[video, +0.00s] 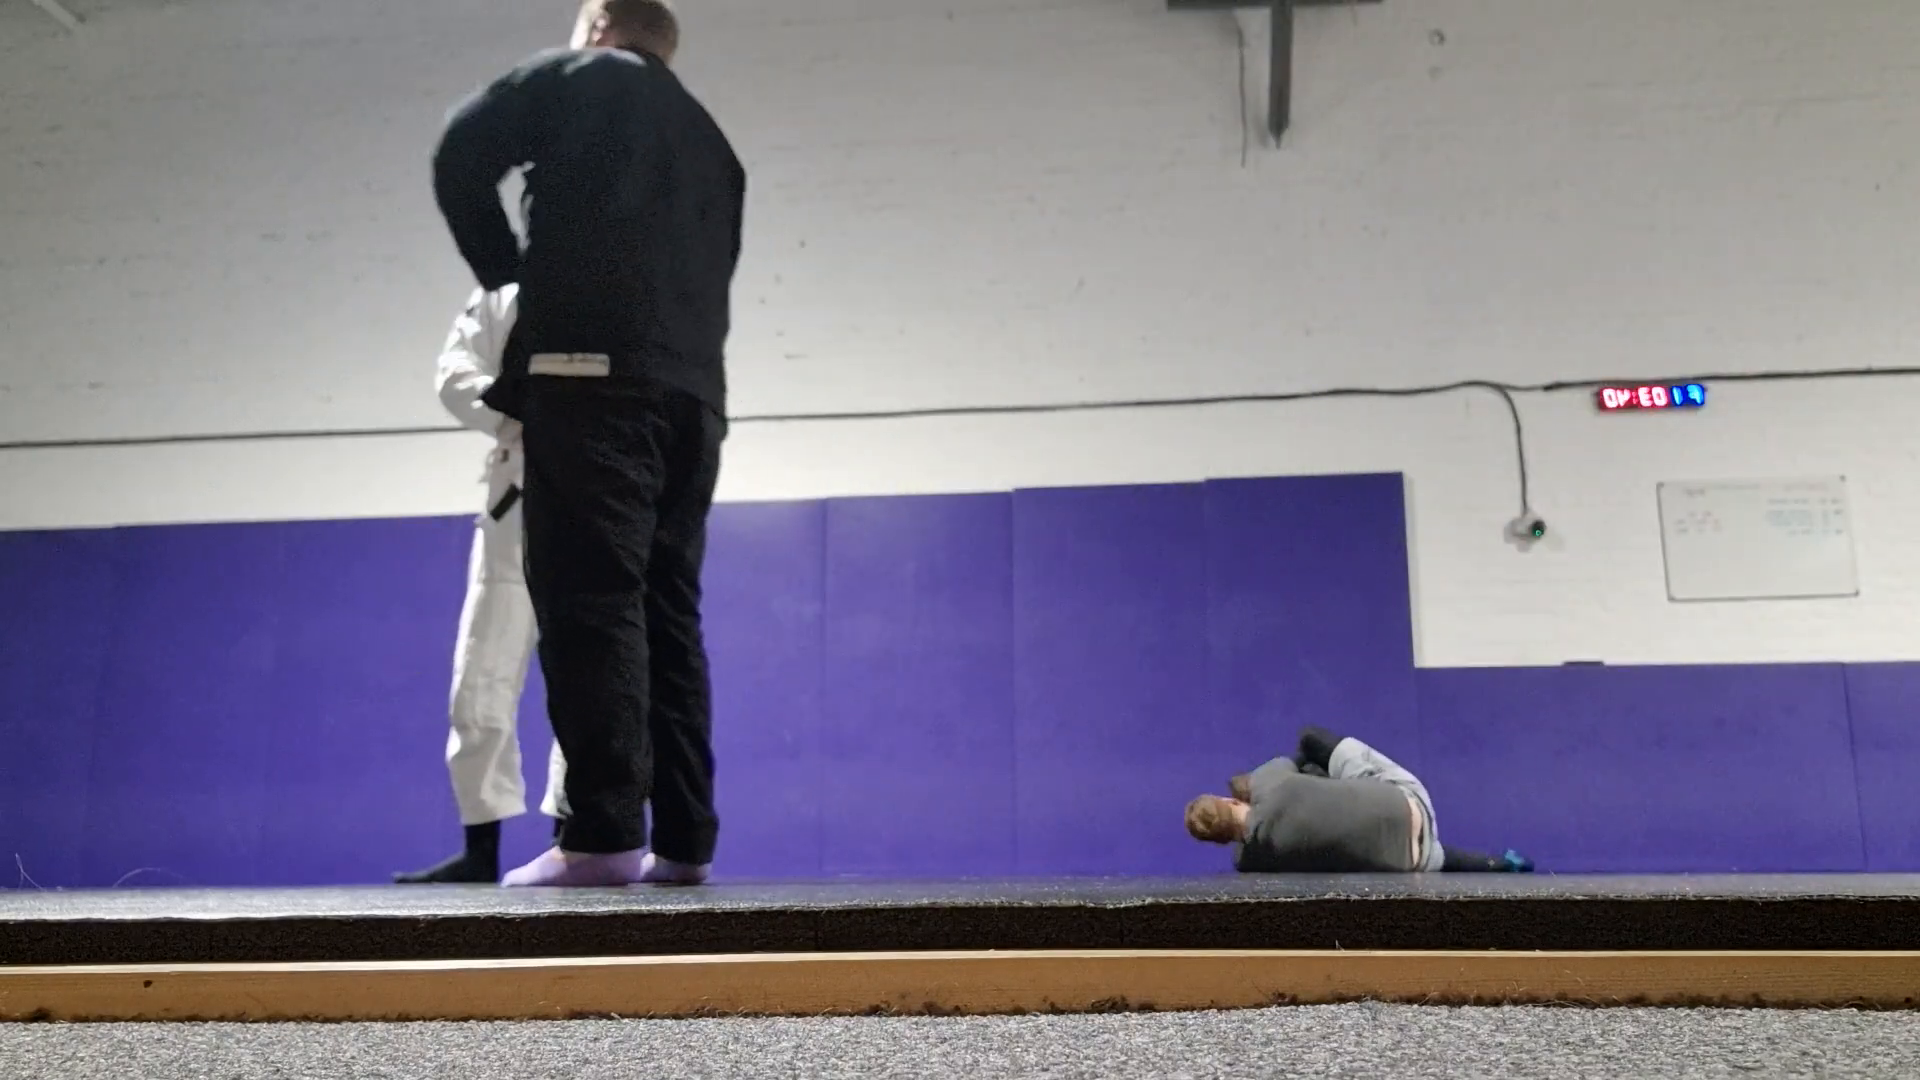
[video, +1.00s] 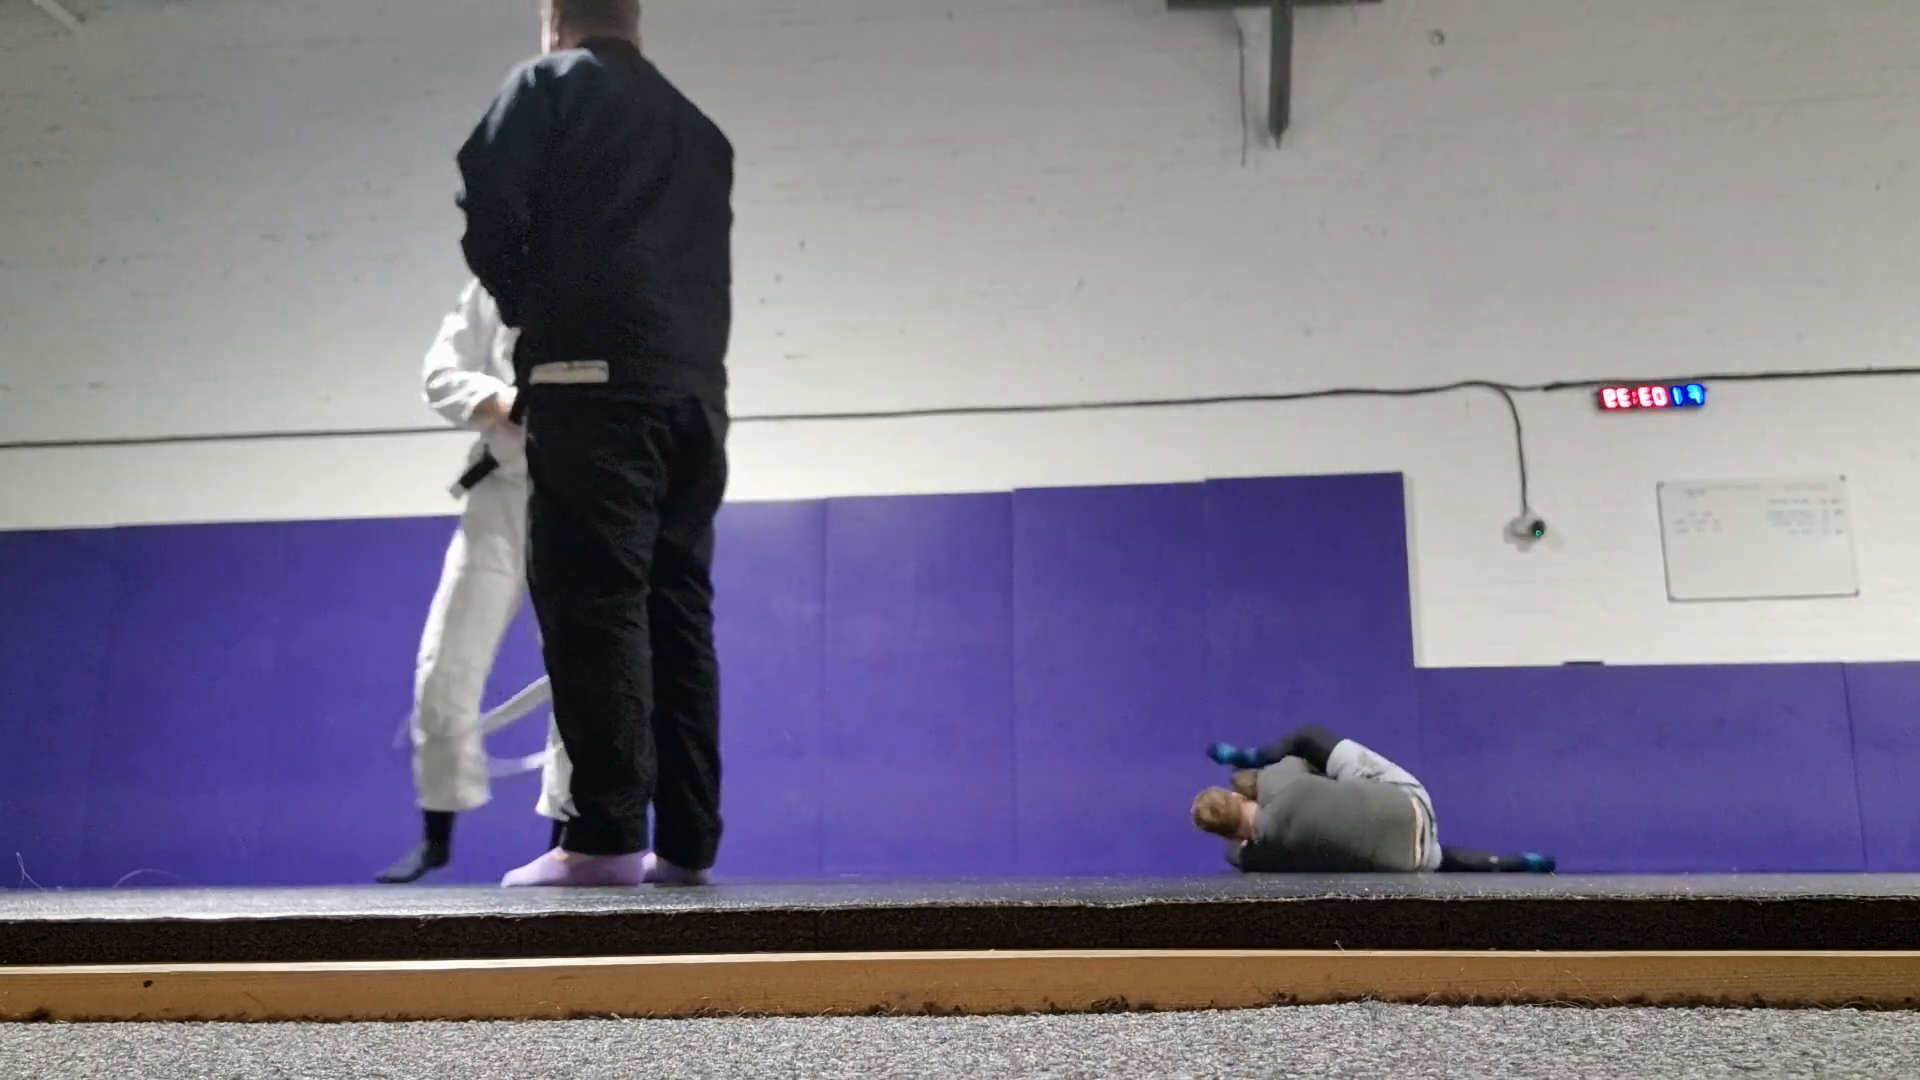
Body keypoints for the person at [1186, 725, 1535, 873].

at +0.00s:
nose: (1227, 796)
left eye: (1216, 828)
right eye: (1223, 797)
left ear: (1220, 840)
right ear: (1230, 796)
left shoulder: (1254, 862)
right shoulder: (1268, 779)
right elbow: (1294, 763)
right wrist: (1250, 786)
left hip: (1415, 860)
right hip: (1414, 805)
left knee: (1436, 857)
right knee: (1315, 739)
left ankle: (1503, 865)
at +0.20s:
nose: (1225, 796)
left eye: (1216, 826)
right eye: (1223, 796)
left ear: (1218, 839)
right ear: (1227, 796)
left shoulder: (1253, 861)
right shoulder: (1266, 780)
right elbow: (1307, 765)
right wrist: (1252, 785)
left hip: (1410, 861)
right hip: (1411, 806)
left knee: (1431, 854)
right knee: (1315, 733)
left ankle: (1496, 865)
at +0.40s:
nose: (1227, 788)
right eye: (1224, 791)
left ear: (1217, 839)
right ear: (1231, 793)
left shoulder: (1252, 863)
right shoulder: (1273, 782)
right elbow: (1307, 764)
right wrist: (1257, 782)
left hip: (1412, 861)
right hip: (1408, 807)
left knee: (1438, 853)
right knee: (1332, 740)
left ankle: (1498, 865)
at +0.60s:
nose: (1230, 789)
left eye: (1217, 824)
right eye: (1225, 791)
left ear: (1221, 839)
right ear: (1234, 793)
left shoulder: (1254, 861)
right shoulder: (1275, 781)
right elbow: (1303, 769)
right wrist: (1256, 782)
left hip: (1414, 859)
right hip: (1411, 806)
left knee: (1449, 856)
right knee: (1344, 738)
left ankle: (1510, 865)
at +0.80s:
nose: (1232, 799)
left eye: (1220, 822)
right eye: (1230, 796)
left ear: (1226, 836)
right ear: (1239, 791)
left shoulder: (1259, 857)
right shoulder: (1279, 776)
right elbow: (1312, 771)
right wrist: (1274, 777)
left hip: (1421, 861)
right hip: (1423, 807)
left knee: (1447, 855)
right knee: (1323, 737)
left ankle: (1523, 865)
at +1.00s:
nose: (1226, 795)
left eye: (1215, 813)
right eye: (1225, 792)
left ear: (1224, 835)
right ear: (1236, 790)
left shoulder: (1257, 857)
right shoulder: (1276, 779)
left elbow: (1247, 853)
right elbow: (1302, 762)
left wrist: (1238, 843)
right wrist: (1255, 778)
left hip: (1415, 859)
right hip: (1414, 805)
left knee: (1441, 855)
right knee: (1311, 737)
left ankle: (1518, 863)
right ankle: (1252, 753)